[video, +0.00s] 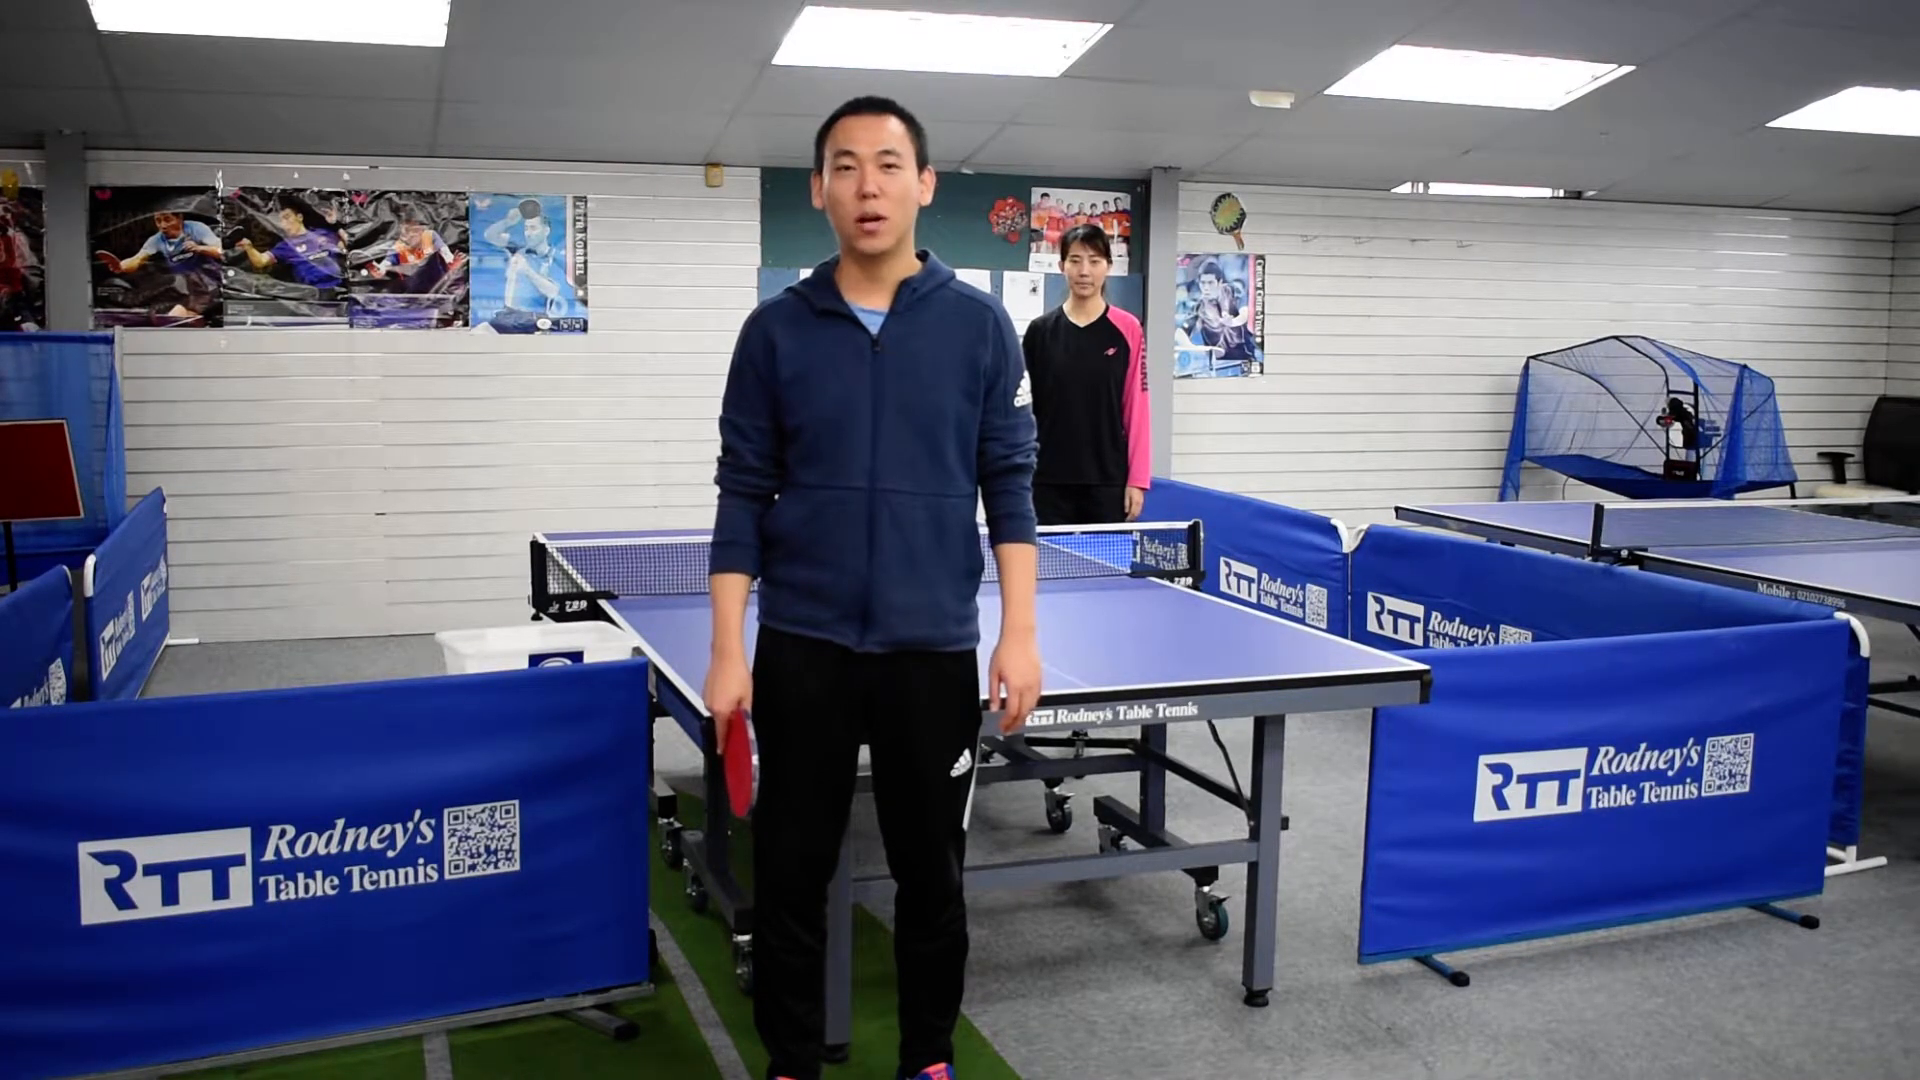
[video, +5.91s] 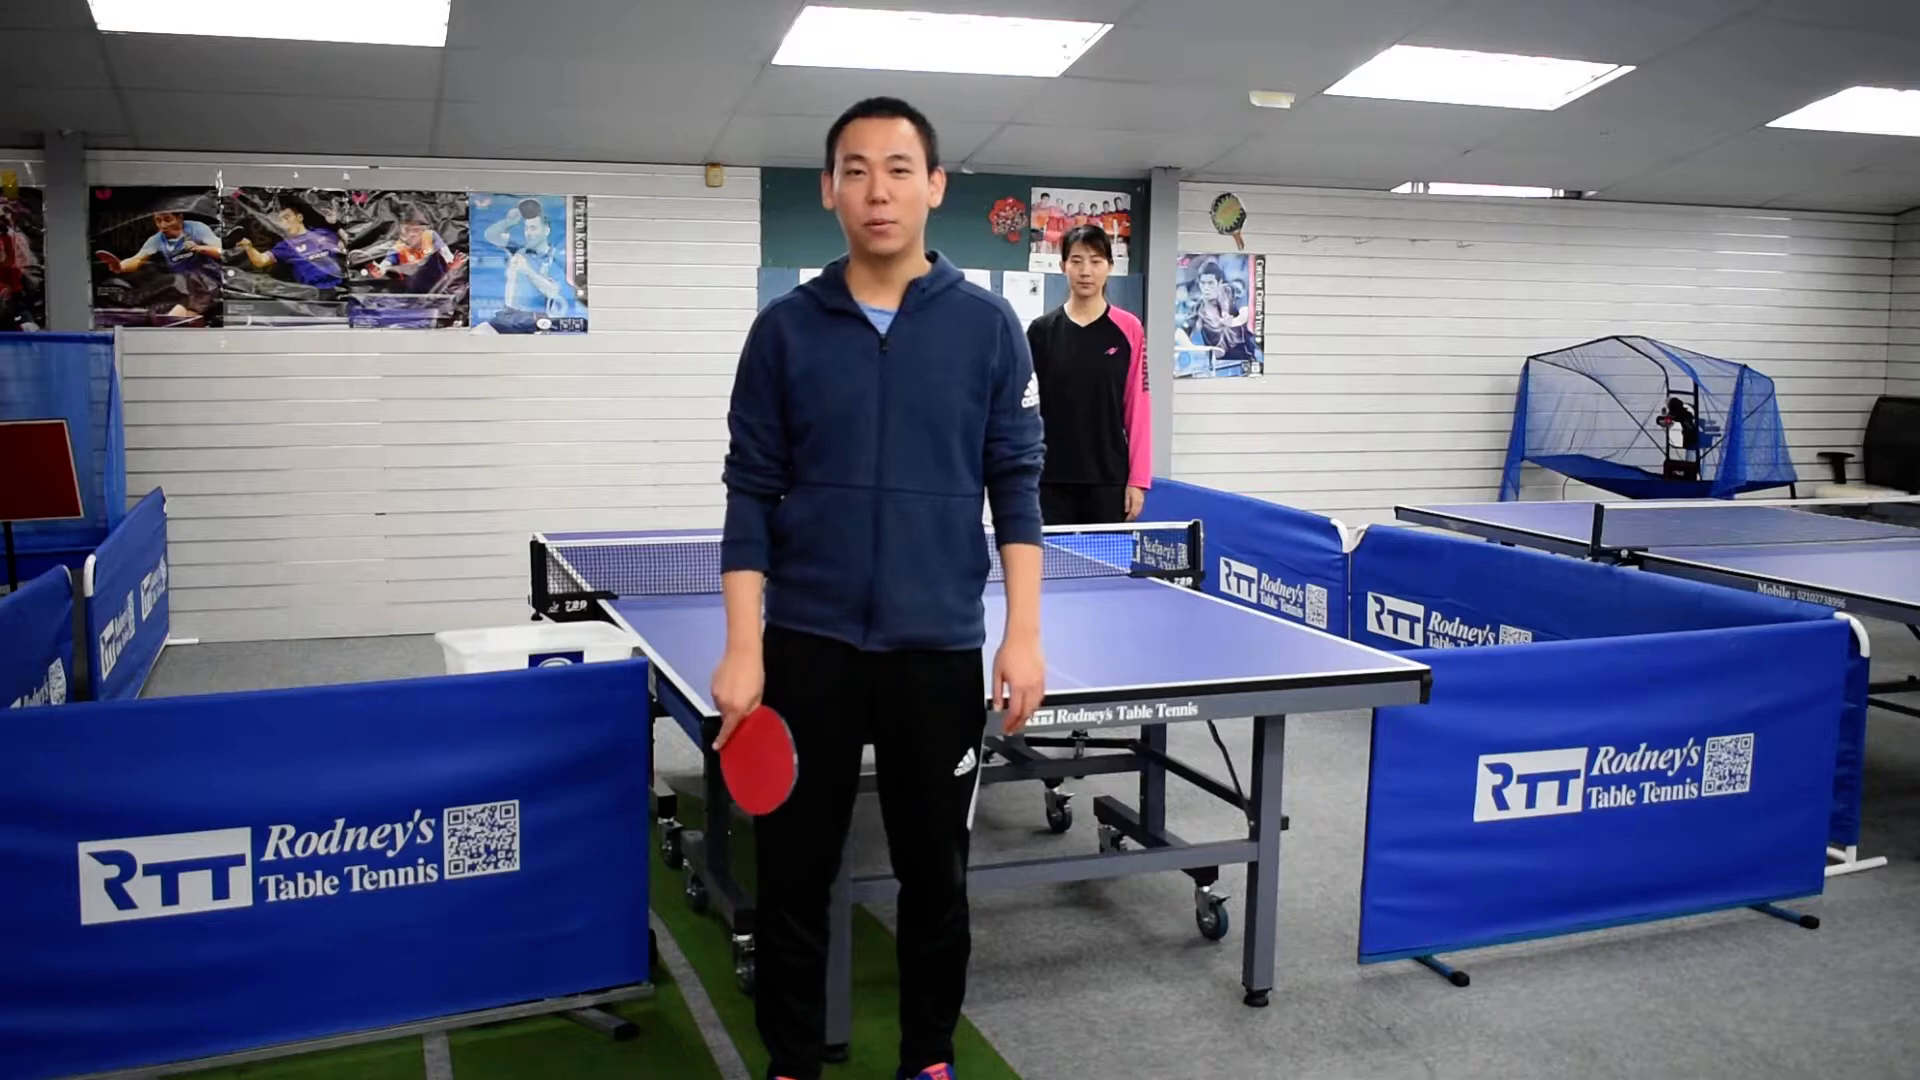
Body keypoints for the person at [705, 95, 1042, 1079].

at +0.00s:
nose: (866, 185)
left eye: (888, 165)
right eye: (844, 166)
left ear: (924, 188)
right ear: (820, 192)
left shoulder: (979, 327)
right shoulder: (776, 330)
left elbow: (1011, 485)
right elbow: (740, 490)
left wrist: (1020, 633)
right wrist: (727, 649)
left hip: (932, 645)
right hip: (804, 644)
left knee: (930, 874)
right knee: (789, 875)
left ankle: (929, 1060)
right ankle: (791, 1062)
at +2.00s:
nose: (870, 187)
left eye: (892, 167)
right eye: (849, 168)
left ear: (926, 189)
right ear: (823, 190)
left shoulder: (979, 326)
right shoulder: (777, 329)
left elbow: (1011, 486)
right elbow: (741, 491)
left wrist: (1021, 634)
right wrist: (729, 650)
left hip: (933, 644)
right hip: (805, 643)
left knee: (931, 872)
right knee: (790, 874)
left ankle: (930, 1061)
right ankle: (791, 1061)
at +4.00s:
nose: (867, 186)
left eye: (889, 166)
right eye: (845, 168)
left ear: (923, 187)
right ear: (820, 192)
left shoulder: (979, 326)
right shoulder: (777, 330)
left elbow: (1012, 483)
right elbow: (742, 492)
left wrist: (1022, 631)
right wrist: (731, 653)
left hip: (933, 644)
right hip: (805, 643)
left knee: (932, 873)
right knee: (790, 876)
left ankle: (930, 1060)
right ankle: (791, 1062)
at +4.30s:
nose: (864, 195)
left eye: (884, 173)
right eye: (842, 176)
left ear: (919, 187)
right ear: (814, 194)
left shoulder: (976, 323)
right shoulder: (777, 328)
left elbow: (1010, 478)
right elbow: (736, 467)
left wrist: (1025, 628)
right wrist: (682, 539)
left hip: (936, 640)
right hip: (808, 636)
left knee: (931, 869)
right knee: (793, 867)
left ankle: (928, 1058)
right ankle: (792, 1062)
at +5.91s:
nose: (876, 188)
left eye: (899, 169)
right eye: (855, 170)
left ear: (934, 190)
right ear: (831, 193)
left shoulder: (987, 327)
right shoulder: (784, 330)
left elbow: (1017, 486)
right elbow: (749, 491)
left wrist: (1023, 634)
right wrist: (743, 647)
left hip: (936, 646)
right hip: (807, 644)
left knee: (934, 875)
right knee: (794, 879)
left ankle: (930, 1060)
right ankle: (791, 1062)